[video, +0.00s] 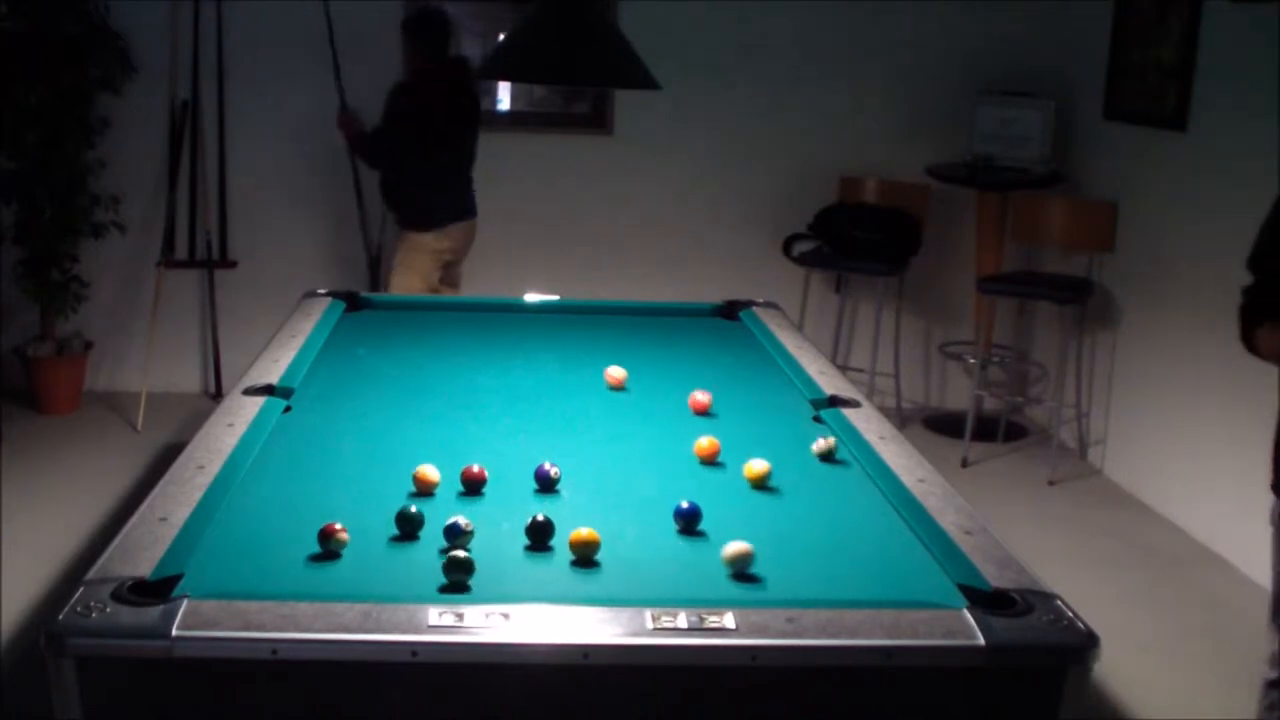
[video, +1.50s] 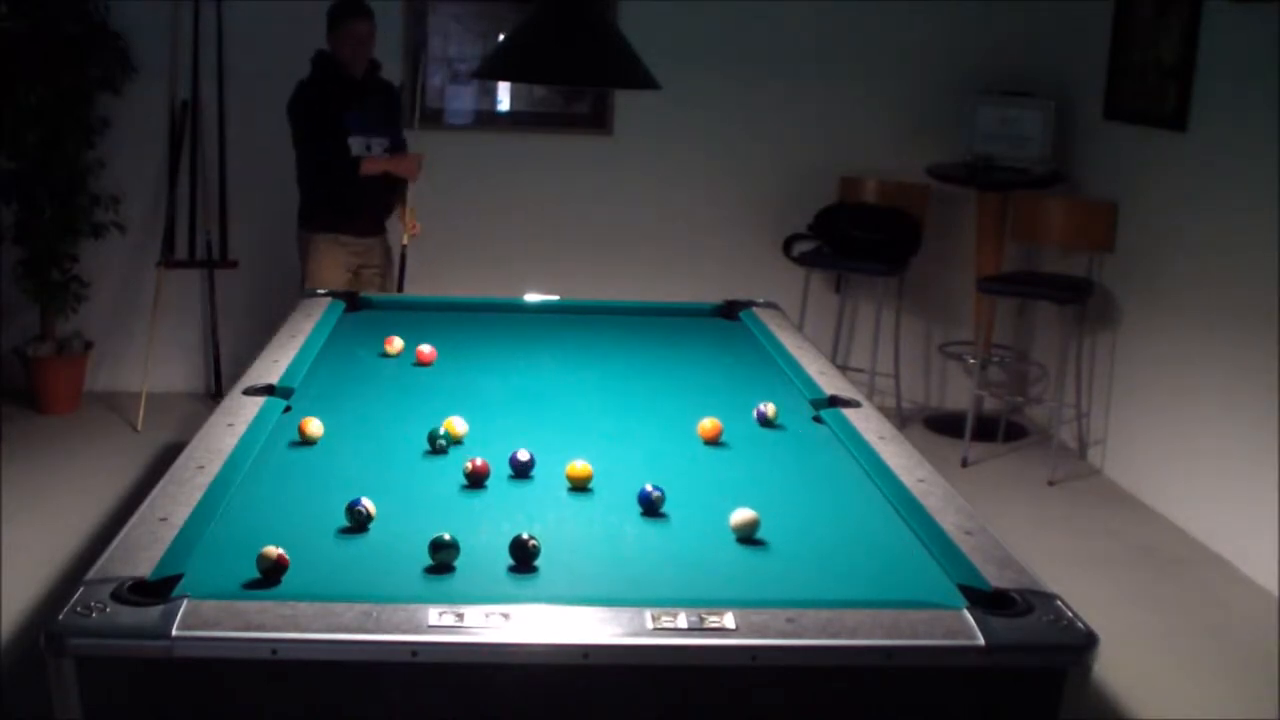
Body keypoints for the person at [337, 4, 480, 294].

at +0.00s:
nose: (404, 49)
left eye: (408, 40)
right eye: (408, 39)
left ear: (411, 43)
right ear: (446, 40)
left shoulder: (410, 92)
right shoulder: (463, 85)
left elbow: (384, 158)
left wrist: (355, 135)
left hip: (427, 226)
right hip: (460, 219)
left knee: (404, 316)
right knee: (443, 316)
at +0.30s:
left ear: (403, 36)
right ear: (442, 39)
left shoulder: (379, 85)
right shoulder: (453, 87)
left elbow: (347, 153)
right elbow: (449, 150)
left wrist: (345, 171)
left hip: (388, 216)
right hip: (439, 217)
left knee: (381, 314)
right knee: (435, 313)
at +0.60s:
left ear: (353, 37)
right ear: (392, 38)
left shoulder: (329, 91)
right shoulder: (409, 87)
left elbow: (325, 154)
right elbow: (436, 158)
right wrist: (403, 173)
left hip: (346, 219)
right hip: (398, 221)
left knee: (350, 317)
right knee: (414, 314)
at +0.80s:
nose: (377, 42)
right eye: (376, 35)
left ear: (338, 35)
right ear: (375, 37)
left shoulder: (320, 85)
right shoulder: (382, 85)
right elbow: (399, 141)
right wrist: (425, 159)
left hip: (329, 216)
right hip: (373, 218)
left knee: (341, 315)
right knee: (386, 314)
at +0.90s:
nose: (384, 42)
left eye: (382, 33)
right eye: (380, 34)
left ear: (342, 34)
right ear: (369, 36)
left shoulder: (323, 74)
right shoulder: (365, 79)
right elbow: (378, 140)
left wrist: (410, 157)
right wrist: (419, 157)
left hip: (328, 214)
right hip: (362, 218)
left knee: (343, 313)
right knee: (376, 314)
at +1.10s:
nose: (385, 43)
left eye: (385, 34)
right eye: (379, 34)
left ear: (352, 34)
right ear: (362, 34)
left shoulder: (337, 73)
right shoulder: (350, 76)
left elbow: (351, 153)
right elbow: (359, 153)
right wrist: (411, 166)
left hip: (337, 215)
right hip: (347, 219)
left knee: (345, 314)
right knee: (350, 315)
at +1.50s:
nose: (361, 46)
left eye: (366, 37)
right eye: (352, 37)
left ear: (374, 39)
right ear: (333, 39)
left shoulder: (384, 92)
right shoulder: (311, 92)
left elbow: (396, 158)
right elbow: (322, 166)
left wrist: (403, 210)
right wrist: (388, 164)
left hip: (373, 231)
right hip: (327, 232)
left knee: (373, 332)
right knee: (326, 331)